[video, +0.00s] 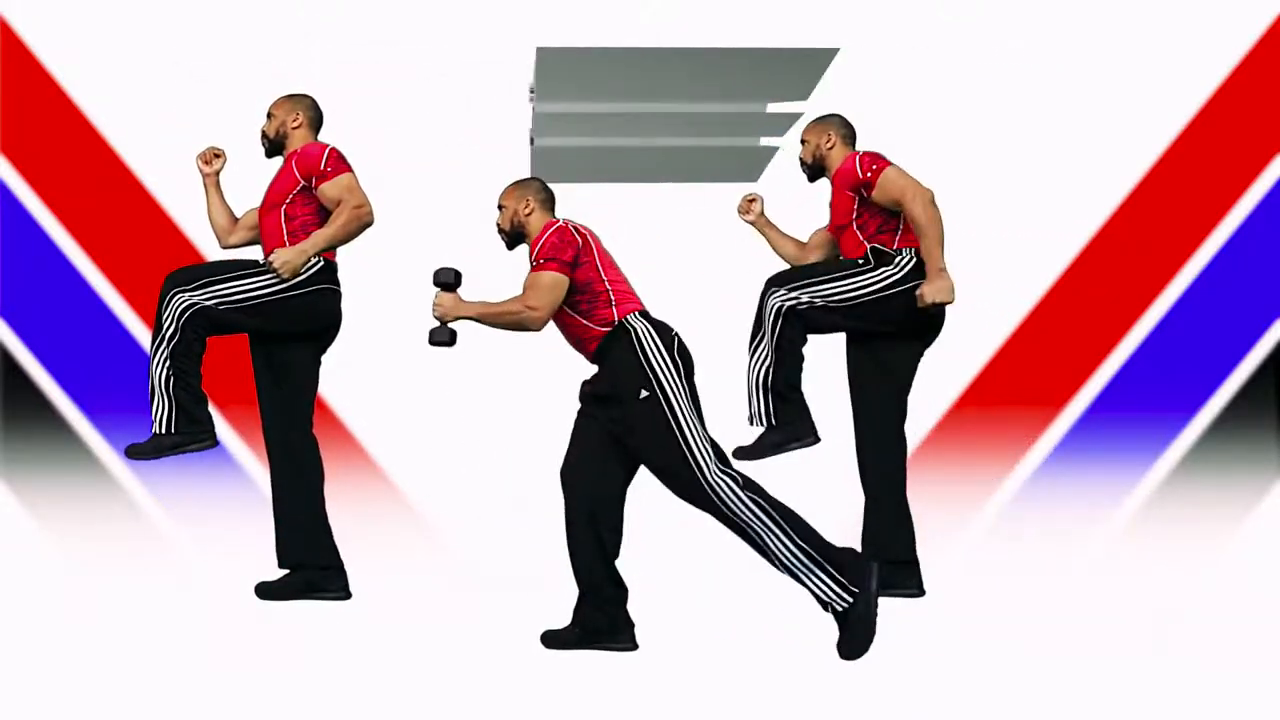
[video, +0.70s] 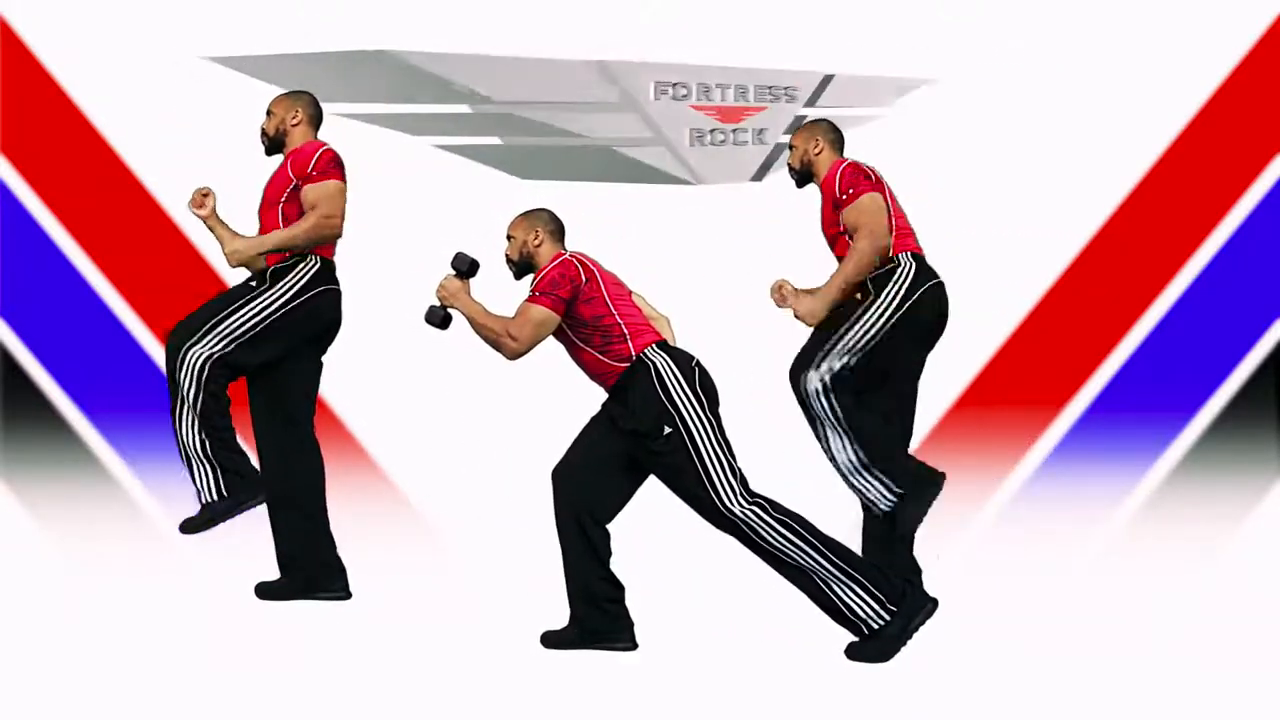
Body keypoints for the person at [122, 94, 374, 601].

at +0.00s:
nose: (263, 126)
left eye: (270, 117)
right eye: (265, 118)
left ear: (297, 120)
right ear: (294, 123)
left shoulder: (316, 154)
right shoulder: (288, 186)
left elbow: (358, 209)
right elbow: (231, 234)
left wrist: (305, 249)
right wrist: (211, 179)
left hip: (298, 283)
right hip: (296, 298)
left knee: (182, 291)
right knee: (289, 438)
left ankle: (183, 424)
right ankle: (316, 569)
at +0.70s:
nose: (263, 125)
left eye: (269, 115)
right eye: (265, 117)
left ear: (294, 115)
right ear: (297, 119)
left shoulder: (316, 155)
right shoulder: (283, 176)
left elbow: (328, 221)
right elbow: (251, 257)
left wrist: (259, 245)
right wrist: (212, 217)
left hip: (299, 282)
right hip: (290, 293)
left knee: (191, 349)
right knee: (285, 436)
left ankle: (227, 482)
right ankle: (315, 572)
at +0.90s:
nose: (262, 123)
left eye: (267, 113)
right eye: (264, 115)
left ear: (291, 111)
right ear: (300, 116)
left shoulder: (309, 151)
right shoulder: (297, 163)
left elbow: (260, 207)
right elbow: (299, 247)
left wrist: (196, 181)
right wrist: (258, 270)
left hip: (299, 287)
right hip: (295, 288)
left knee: (253, 417)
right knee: (289, 430)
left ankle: (288, 567)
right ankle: (320, 565)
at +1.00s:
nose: (259, 118)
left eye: (265, 108)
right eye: (261, 111)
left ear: (291, 108)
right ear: (300, 114)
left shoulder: (303, 148)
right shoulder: (308, 160)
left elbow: (238, 196)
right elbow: (333, 250)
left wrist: (191, 151)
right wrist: (271, 276)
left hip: (294, 286)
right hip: (297, 288)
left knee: (286, 423)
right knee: (288, 425)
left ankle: (308, 579)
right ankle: (325, 571)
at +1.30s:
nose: (257, 110)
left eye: (263, 100)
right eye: (259, 103)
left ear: (287, 102)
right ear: (296, 106)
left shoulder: (302, 144)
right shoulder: (300, 157)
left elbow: (225, 183)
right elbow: (344, 238)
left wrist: (193, 129)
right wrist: (296, 281)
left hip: (297, 285)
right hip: (286, 288)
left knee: (312, 429)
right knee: (289, 433)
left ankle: (325, 581)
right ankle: (305, 574)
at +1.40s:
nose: (257, 109)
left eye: (264, 99)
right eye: (259, 102)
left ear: (288, 101)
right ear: (296, 105)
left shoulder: (302, 142)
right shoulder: (300, 156)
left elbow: (227, 184)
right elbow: (344, 237)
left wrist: (193, 129)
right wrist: (297, 284)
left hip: (297, 284)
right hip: (287, 288)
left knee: (311, 429)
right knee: (290, 433)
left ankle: (325, 581)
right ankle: (305, 573)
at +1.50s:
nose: (257, 108)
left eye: (264, 99)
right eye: (260, 101)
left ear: (288, 101)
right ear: (297, 105)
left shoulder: (302, 142)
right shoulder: (301, 156)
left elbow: (226, 184)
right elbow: (345, 237)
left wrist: (193, 130)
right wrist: (298, 284)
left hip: (297, 284)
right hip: (288, 288)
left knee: (310, 430)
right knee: (290, 433)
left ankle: (326, 581)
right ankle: (305, 573)